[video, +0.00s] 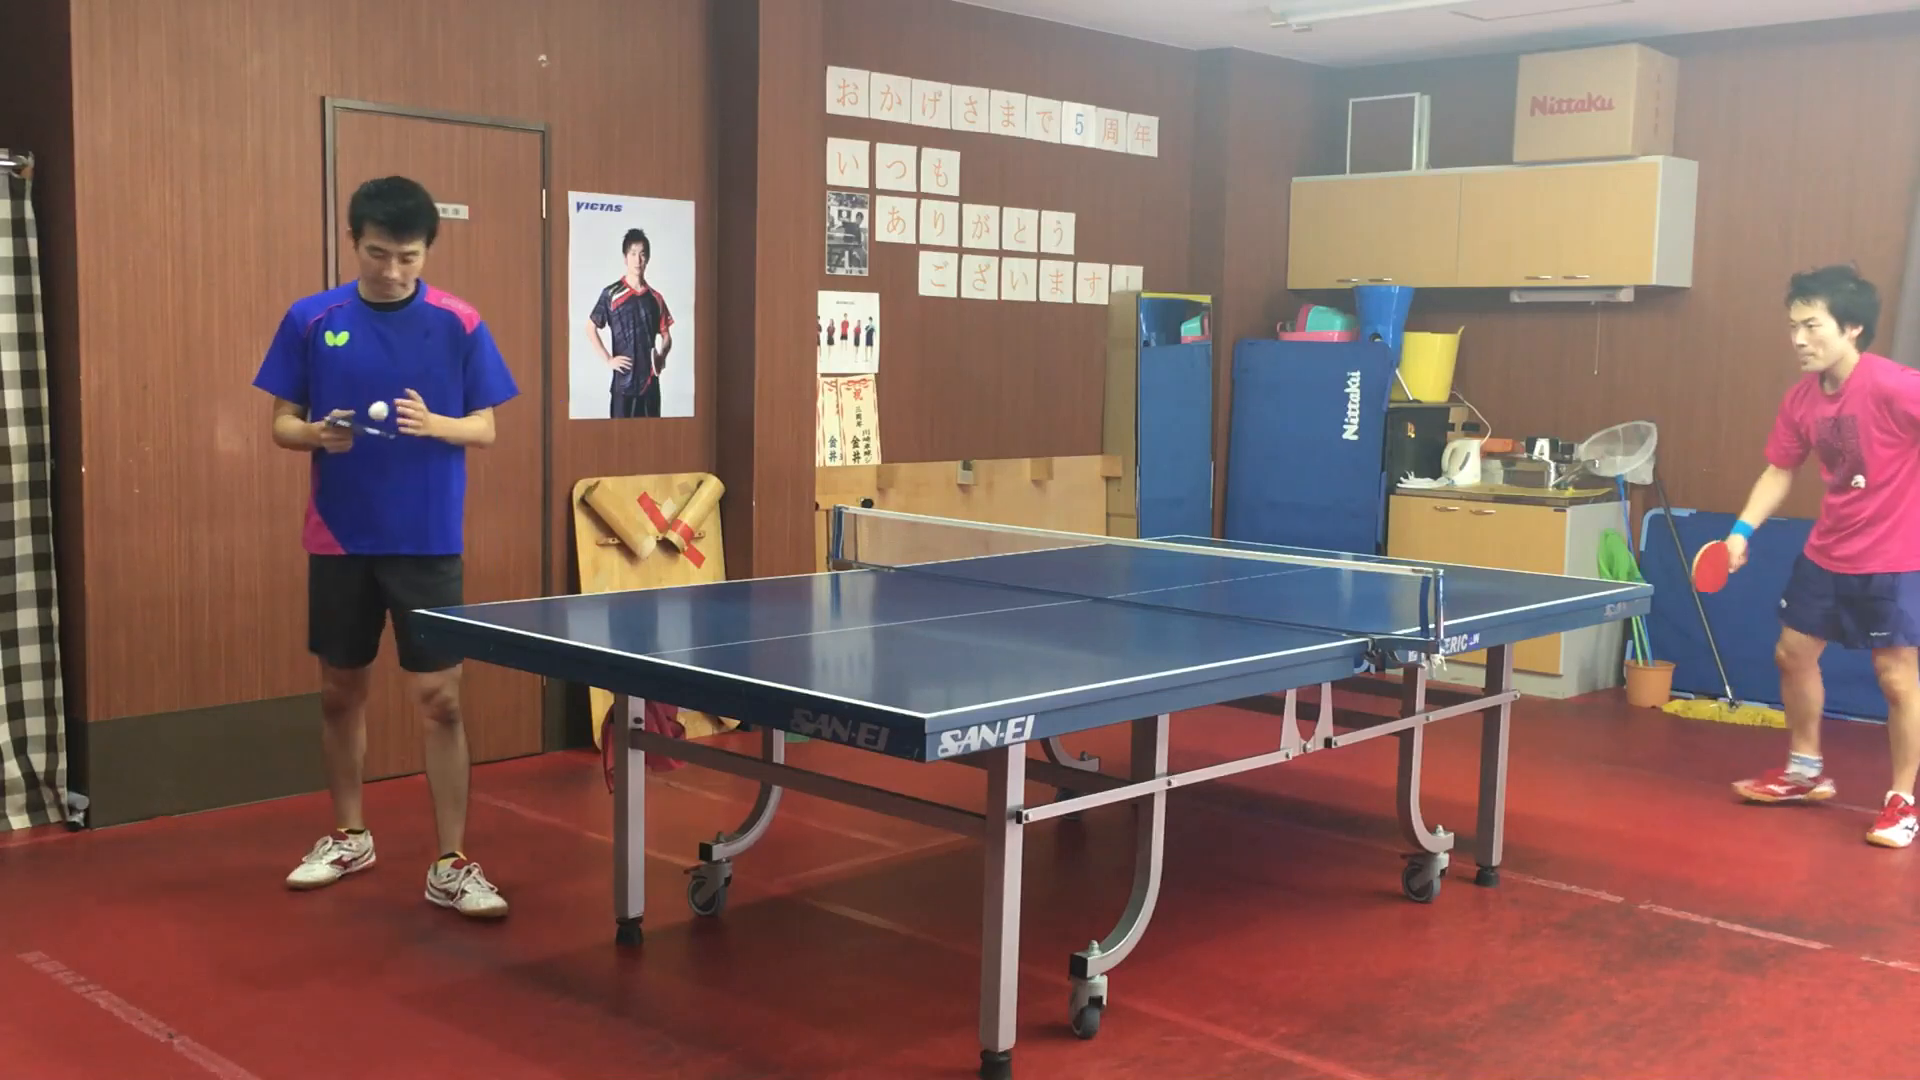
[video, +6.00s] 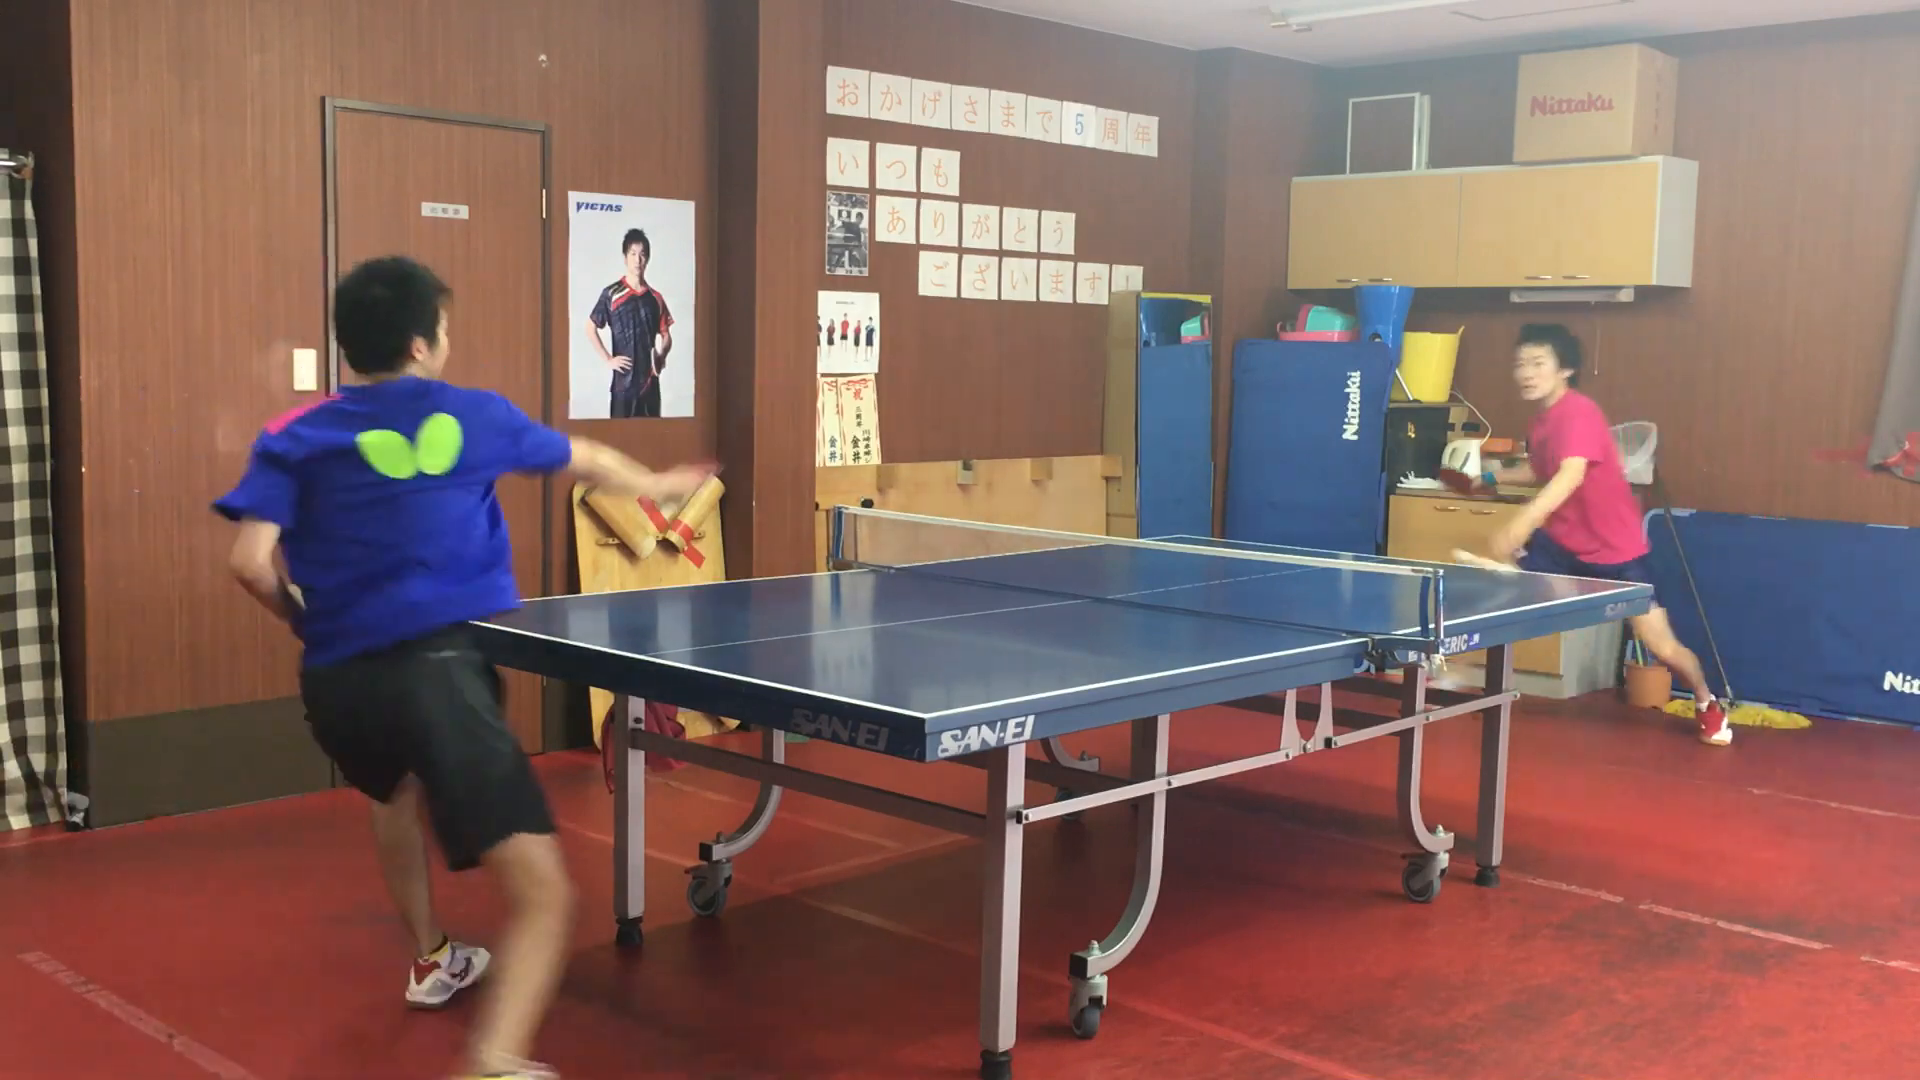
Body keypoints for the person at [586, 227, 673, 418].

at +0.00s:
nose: (638, 260)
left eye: (643, 254)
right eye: (633, 254)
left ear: (648, 258)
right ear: (625, 257)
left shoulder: (655, 298)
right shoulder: (611, 294)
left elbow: (666, 336)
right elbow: (591, 327)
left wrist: (662, 356)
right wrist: (608, 359)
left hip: (650, 379)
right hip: (624, 379)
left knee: (650, 436)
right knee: (622, 436)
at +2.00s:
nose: (638, 259)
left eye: (643, 254)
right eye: (633, 254)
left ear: (648, 258)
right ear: (625, 257)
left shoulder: (655, 297)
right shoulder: (611, 294)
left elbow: (666, 336)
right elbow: (591, 327)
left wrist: (662, 355)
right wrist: (608, 359)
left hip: (649, 378)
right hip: (624, 378)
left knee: (650, 435)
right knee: (622, 436)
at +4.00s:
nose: (639, 260)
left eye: (643, 254)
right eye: (633, 254)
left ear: (648, 258)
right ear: (625, 257)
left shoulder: (655, 297)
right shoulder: (611, 294)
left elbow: (666, 336)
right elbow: (590, 327)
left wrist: (661, 355)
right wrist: (608, 359)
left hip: (650, 380)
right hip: (624, 380)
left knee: (650, 437)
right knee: (622, 437)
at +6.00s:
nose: (638, 260)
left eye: (643, 254)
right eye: (633, 254)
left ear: (648, 258)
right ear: (625, 257)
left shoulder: (655, 297)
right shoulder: (611, 294)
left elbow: (666, 336)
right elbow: (590, 327)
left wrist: (661, 356)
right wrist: (608, 359)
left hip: (649, 378)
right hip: (624, 378)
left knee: (650, 435)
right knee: (622, 435)